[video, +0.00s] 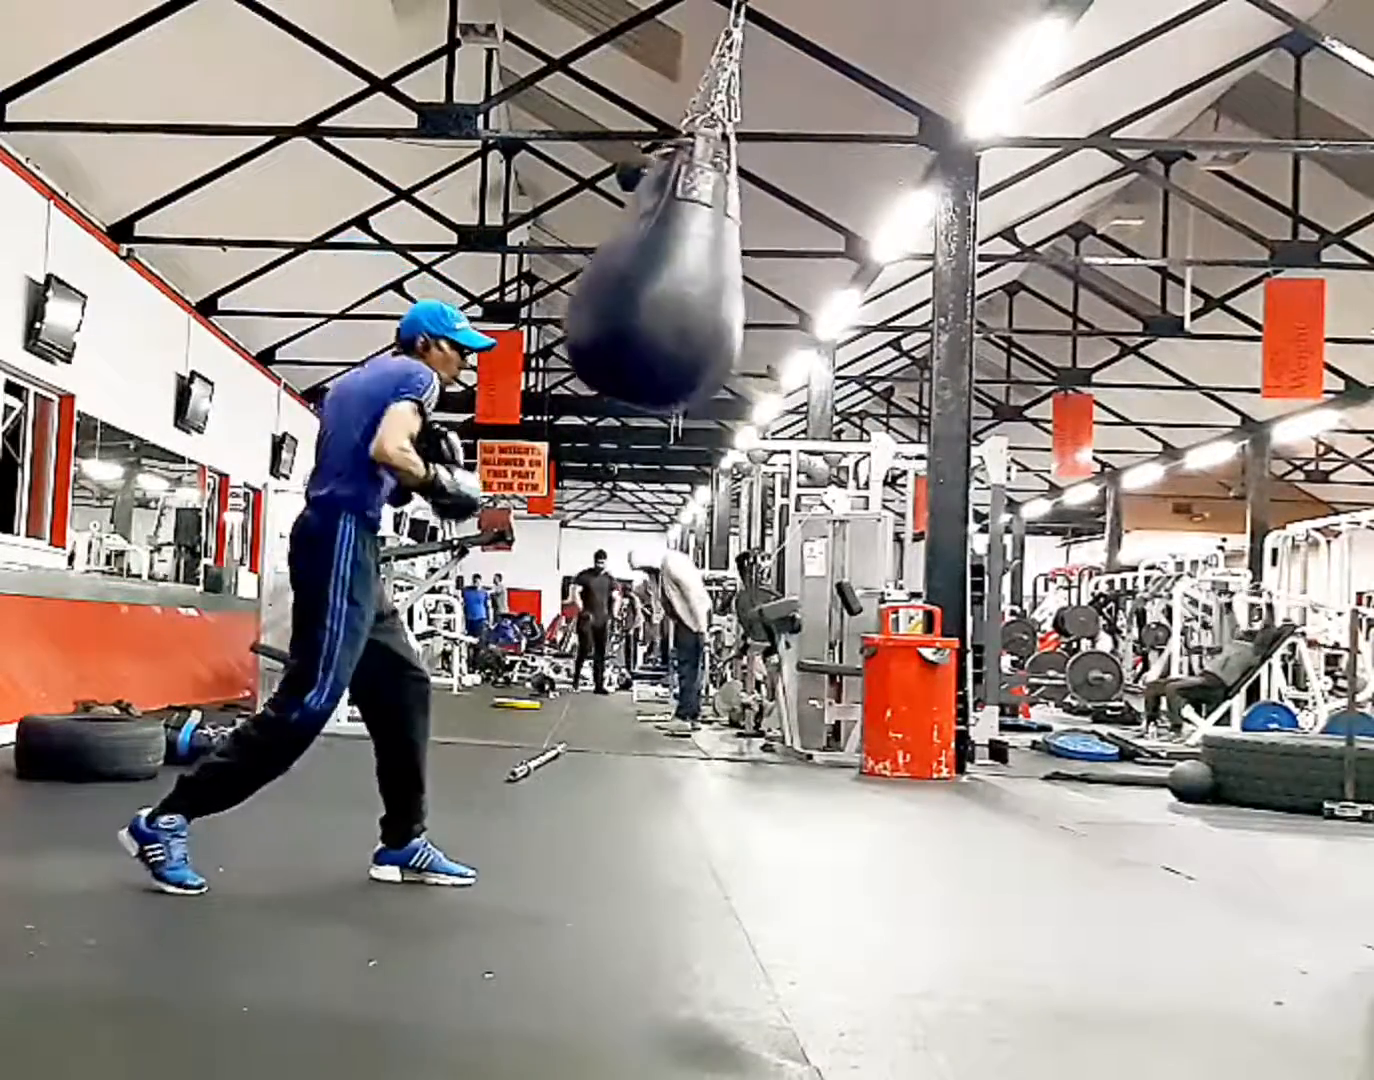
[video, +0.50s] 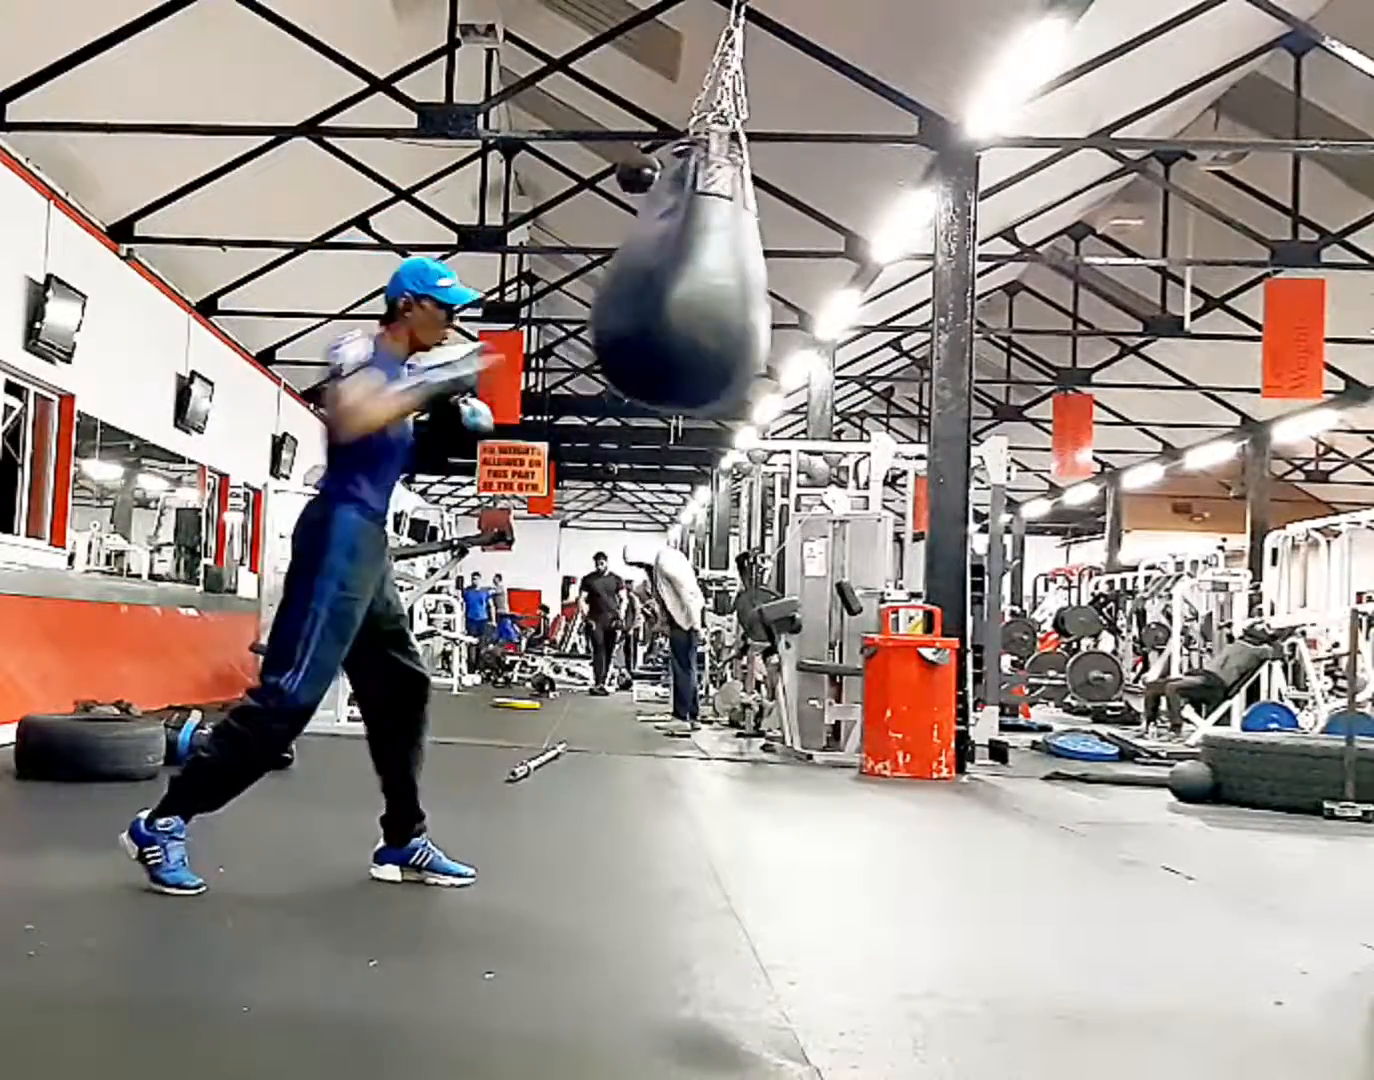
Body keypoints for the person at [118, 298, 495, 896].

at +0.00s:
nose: (465, 365)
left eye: (466, 355)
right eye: (460, 353)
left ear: (413, 343)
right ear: (431, 343)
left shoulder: (355, 383)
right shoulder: (416, 376)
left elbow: (350, 467)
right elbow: (389, 447)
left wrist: (419, 483)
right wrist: (437, 481)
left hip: (338, 540)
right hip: (342, 539)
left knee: (403, 688)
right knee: (308, 704)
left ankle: (402, 842)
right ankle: (164, 823)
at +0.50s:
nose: (449, 327)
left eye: (452, 316)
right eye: (443, 313)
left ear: (417, 312)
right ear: (409, 307)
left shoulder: (405, 373)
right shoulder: (361, 351)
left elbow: (403, 451)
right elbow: (350, 418)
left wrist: (458, 424)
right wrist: (432, 386)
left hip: (366, 538)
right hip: (339, 532)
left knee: (400, 687)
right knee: (285, 702)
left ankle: (403, 839)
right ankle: (161, 824)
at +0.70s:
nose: (463, 334)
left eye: (465, 324)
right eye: (458, 321)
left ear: (414, 315)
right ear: (428, 313)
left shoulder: (367, 362)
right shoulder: (403, 351)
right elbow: (470, 414)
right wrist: (554, 411)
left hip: (357, 532)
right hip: (346, 530)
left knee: (394, 688)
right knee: (288, 694)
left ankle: (403, 843)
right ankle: (164, 822)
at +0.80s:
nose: (484, 354)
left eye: (485, 342)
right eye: (478, 341)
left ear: (443, 338)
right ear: (444, 335)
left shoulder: (405, 373)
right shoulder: (411, 367)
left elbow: (393, 454)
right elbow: (390, 445)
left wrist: (454, 448)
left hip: (361, 540)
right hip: (340, 536)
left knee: (403, 689)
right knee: (318, 705)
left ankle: (404, 843)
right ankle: (179, 816)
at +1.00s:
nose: (464, 354)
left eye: (465, 343)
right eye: (457, 341)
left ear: (430, 341)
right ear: (422, 337)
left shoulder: (402, 387)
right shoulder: (377, 374)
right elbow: (314, 443)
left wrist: (451, 427)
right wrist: (384, 468)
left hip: (364, 559)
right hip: (329, 555)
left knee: (419, 698)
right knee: (312, 724)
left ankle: (407, 844)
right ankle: (169, 822)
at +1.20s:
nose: (403, 297)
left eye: (406, 285)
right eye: (396, 282)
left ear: (377, 281)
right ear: (359, 272)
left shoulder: (361, 345)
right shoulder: (302, 317)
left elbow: (346, 440)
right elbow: (276, 416)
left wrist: (400, 446)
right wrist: (353, 396)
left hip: (334, 519)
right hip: (287, 513)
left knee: (363, 671)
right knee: (250, 676)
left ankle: (363, 827)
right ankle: (156, 824)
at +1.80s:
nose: (426, 330)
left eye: (428, 319)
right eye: (422, 316)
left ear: (391, 311)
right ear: (391, 308)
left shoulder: (358, 365)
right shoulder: (335, 347)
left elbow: (328, 448)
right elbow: (312, 450)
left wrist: (386, 435)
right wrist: (382, 439)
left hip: (311, 542)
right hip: (279, 539)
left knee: (354, 696)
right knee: (243, 706)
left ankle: (361, 843)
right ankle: (138, 836)